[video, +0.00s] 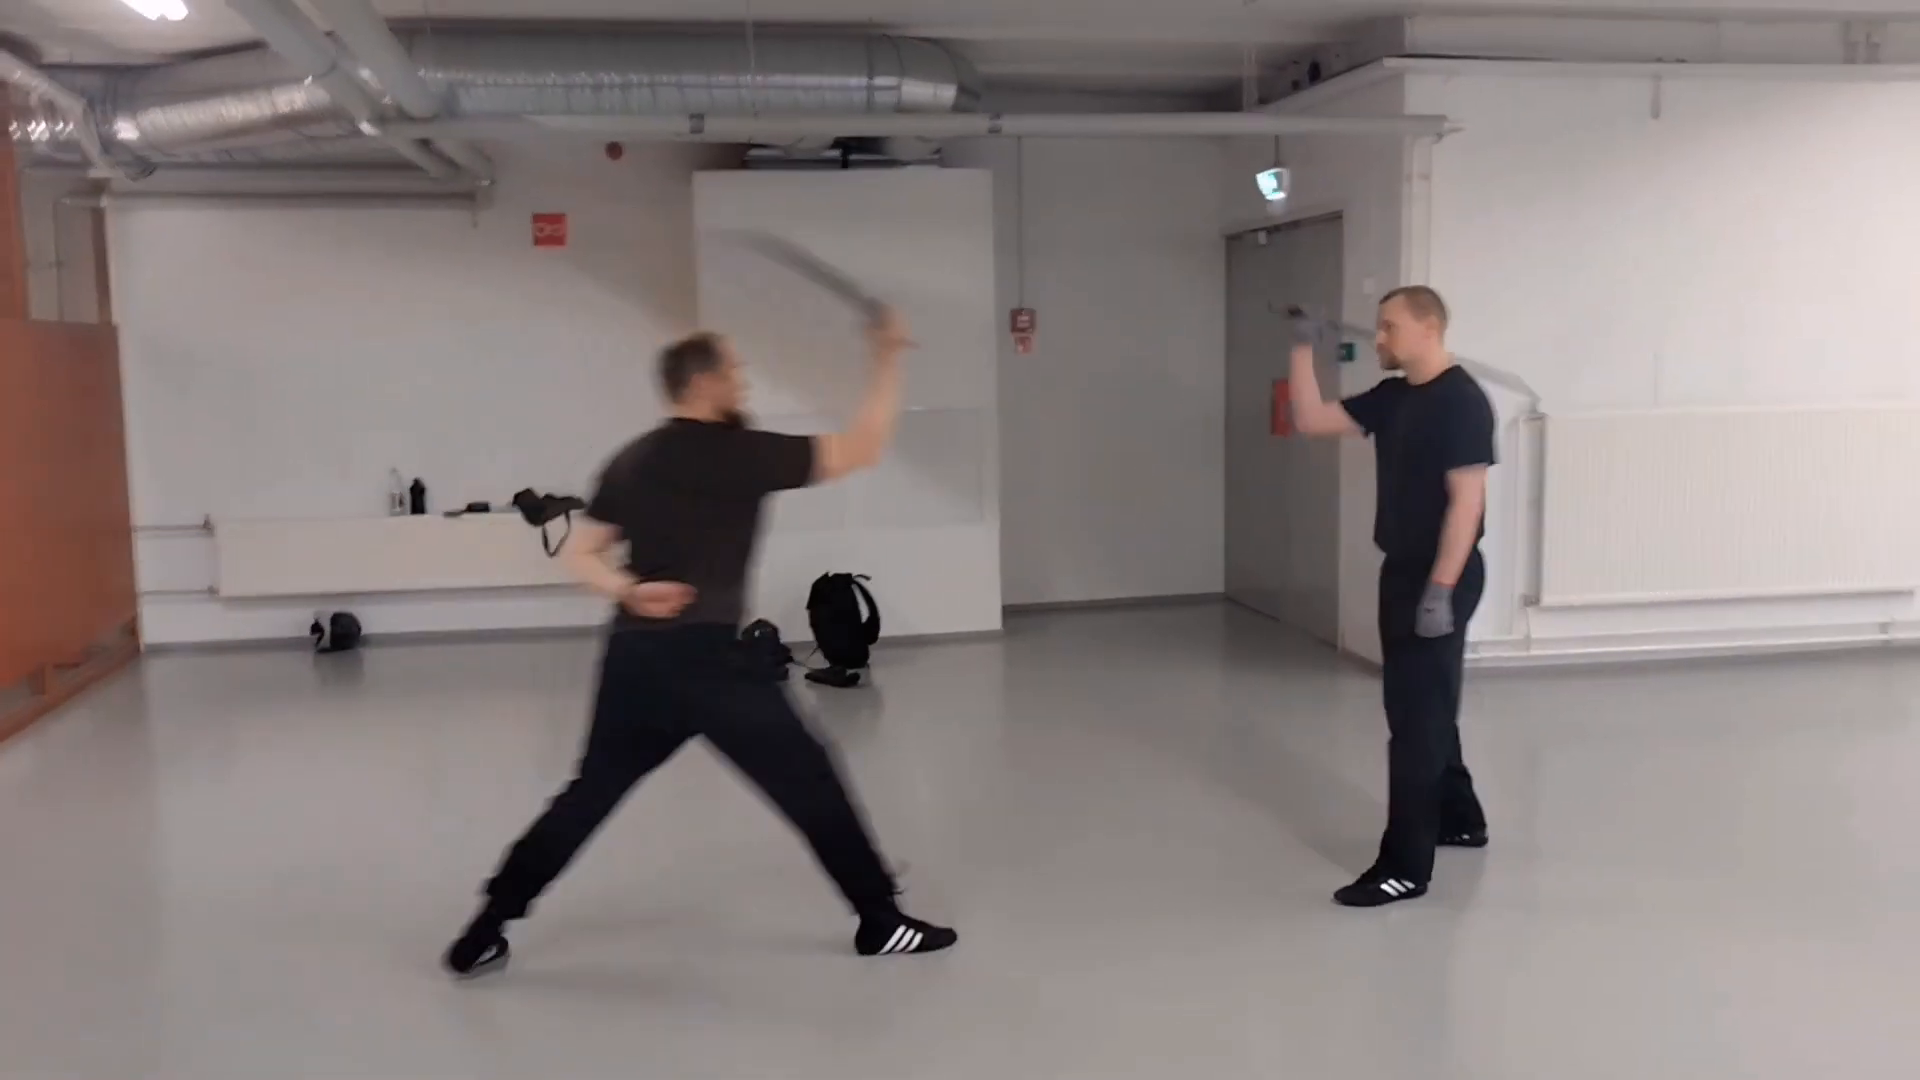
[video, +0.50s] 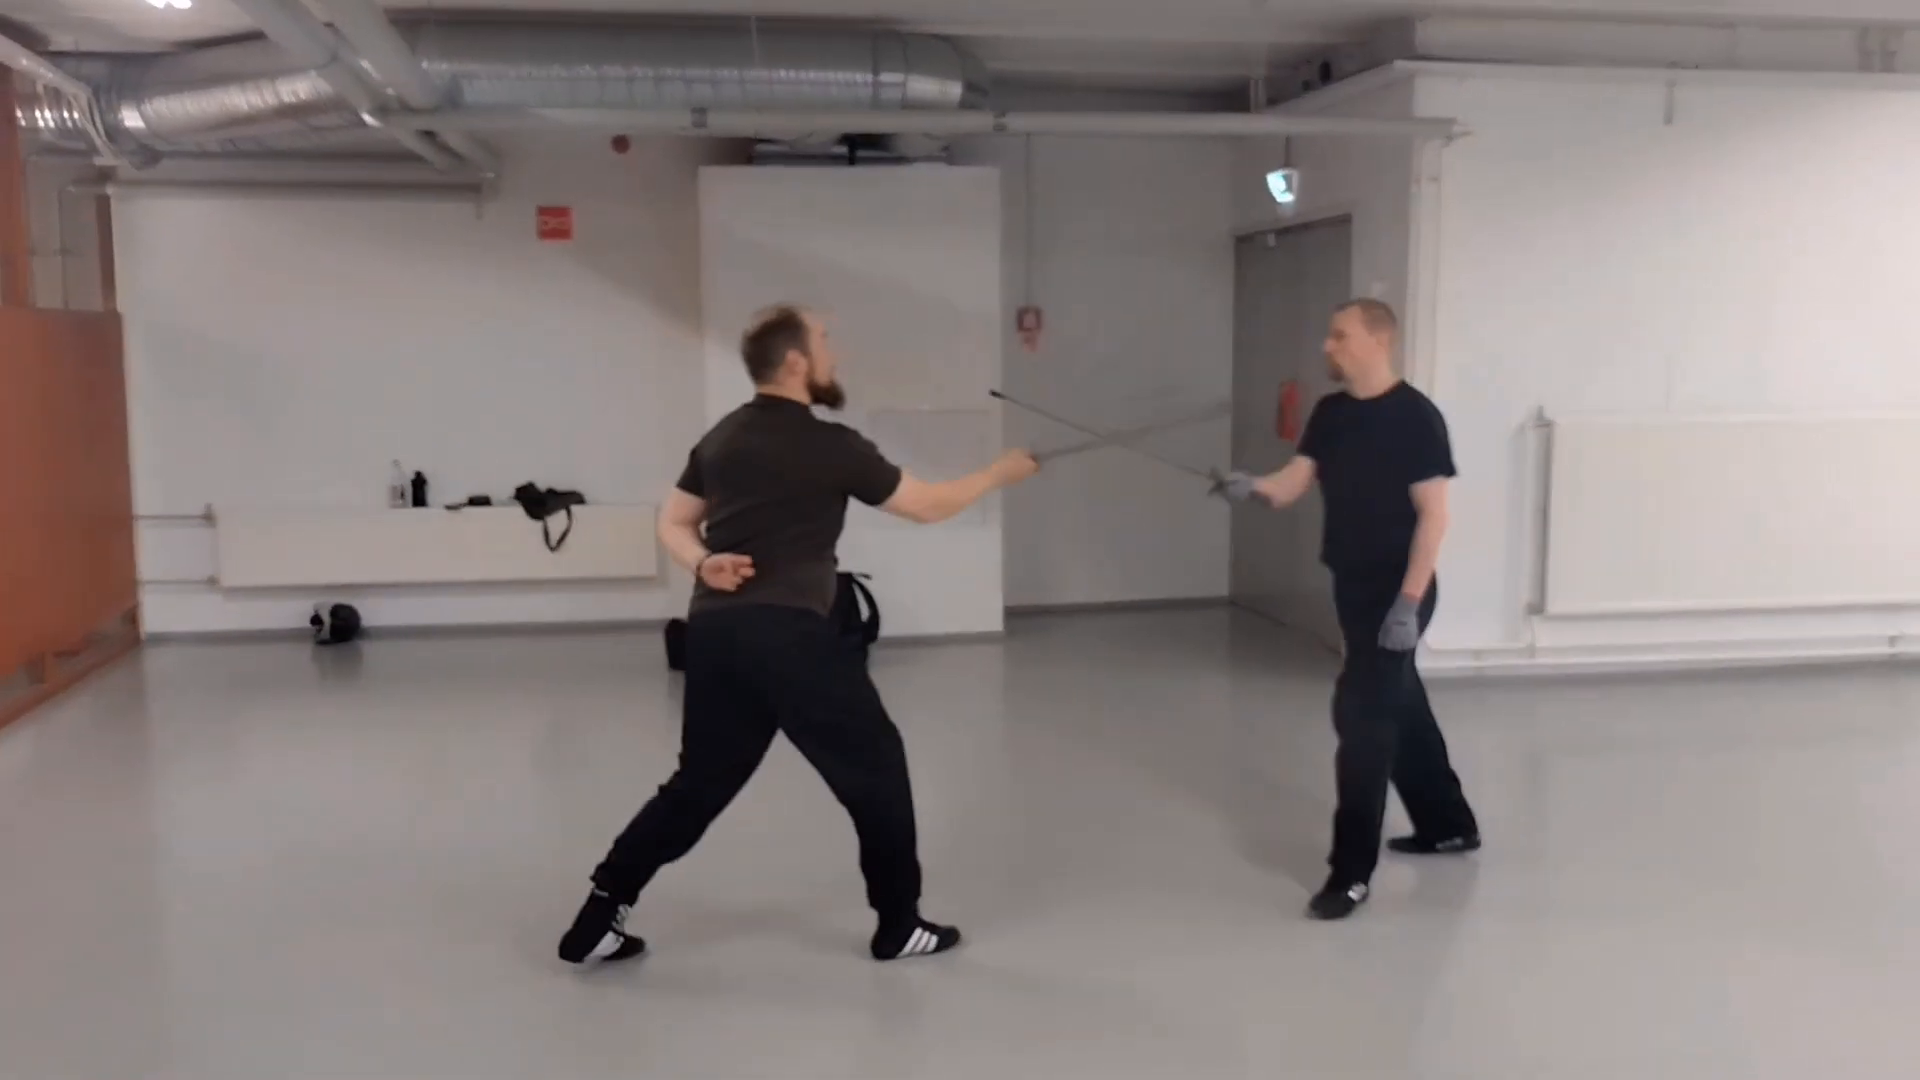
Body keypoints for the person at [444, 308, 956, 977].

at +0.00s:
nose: (741, 380)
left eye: (735, 368)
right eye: (731, 369)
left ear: (678, 386)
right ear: (704, 381)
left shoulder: (638, 459)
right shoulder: (740, 452)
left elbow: (578, 555)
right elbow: (859, 451)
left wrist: (628, 590)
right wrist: (887, 358)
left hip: (637, 662)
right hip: (714, 663)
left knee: (587, 798)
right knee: (809, 783)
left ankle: (484, 927)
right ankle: (881, 919)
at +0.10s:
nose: (796, 383)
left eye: (792, 369)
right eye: (789, 370)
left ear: (726, 384)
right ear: (766, 380)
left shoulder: (679, 453)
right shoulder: (794, 455)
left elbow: (624, 542)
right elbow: (909, 465)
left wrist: (673, 580)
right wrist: (960, 390)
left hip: (677, 656)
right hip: (763, 651)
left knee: (638, 790)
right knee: (853, 765)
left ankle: (544, 924)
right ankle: (894, 920)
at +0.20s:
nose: (828, 365)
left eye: (824, 352)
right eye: (821, 353)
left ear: (761, 371)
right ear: (796, 365)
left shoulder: (706, 438)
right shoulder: (825, 443)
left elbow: (649, 521)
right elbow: (934, 462)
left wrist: (695, 566)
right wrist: (1009, 407)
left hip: (702, 641)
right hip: (786, 638)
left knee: (672, 781)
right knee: (869, 765)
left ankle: (589, 923)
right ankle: (897, 922)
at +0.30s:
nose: (844, 353)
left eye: (840, 341)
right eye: (837, 343)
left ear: (778, 364)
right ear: (811, 358)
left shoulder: (726, 431)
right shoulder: (844, 436)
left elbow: (669, 516)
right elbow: (948, 458)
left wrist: (710, 558)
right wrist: (1019, 424)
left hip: (715, 636)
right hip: (802, 635)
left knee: (688, 778)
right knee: (874, 769)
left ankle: (609, 922)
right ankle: (902, 923)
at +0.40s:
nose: (846, 355)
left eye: (842, 342)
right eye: (838, 343)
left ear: (784, 362)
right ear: (811, 356)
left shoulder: (732, 432)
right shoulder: (841, 436)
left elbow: (678, 516)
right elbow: (939, 486)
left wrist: (712, 557)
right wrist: (1010, 453)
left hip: (720, 633)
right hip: (804, 632)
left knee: (702, 776)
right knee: (876, 767)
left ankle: (607, 923)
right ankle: (901, 925)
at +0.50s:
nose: (832, 354)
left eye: (826, 341)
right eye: (823, 343)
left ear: (769, 366)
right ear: (796, 361)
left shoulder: (722, 438)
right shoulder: (827, 441)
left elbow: (673, 524)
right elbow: (928, 504)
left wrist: (701, 561)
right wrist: (999, 473)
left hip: (715, 636)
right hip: (794, 634)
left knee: (702, 780)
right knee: (875, 765)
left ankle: (596, 916)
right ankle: (899, 925)